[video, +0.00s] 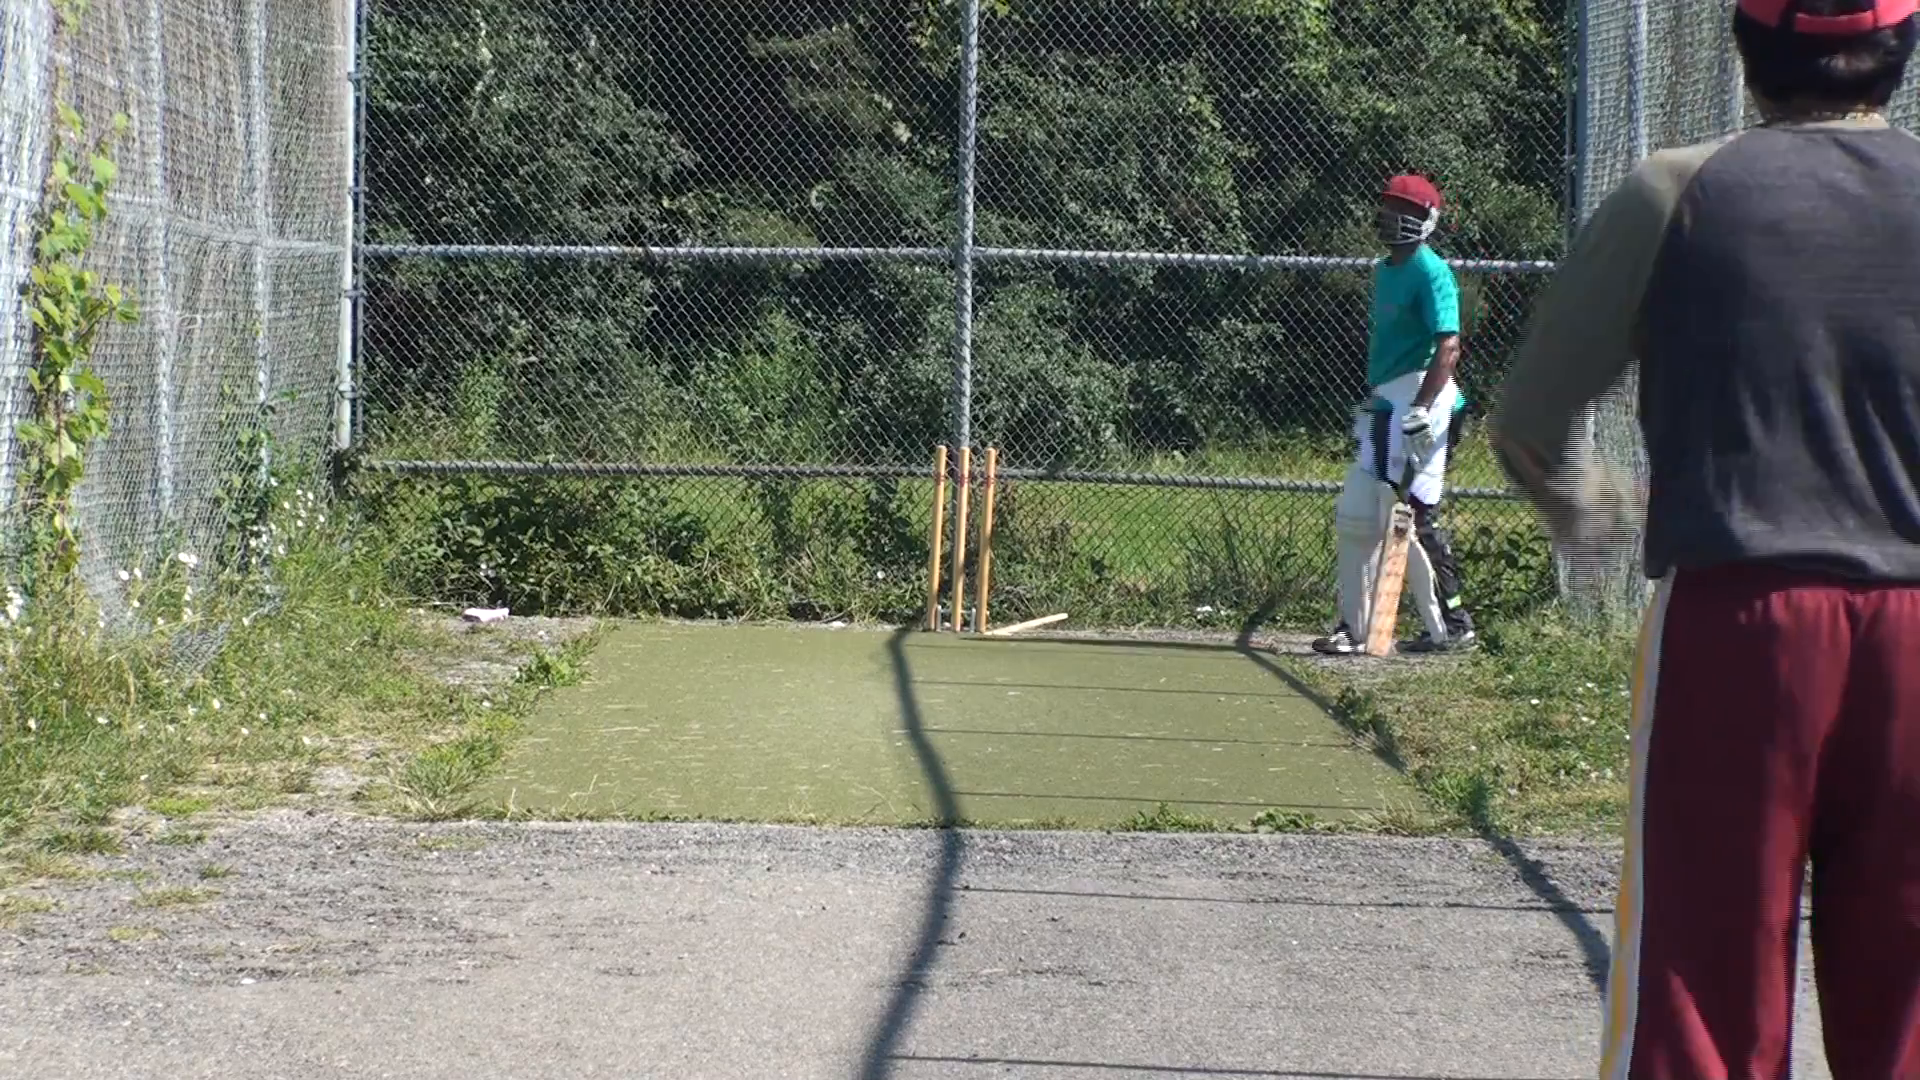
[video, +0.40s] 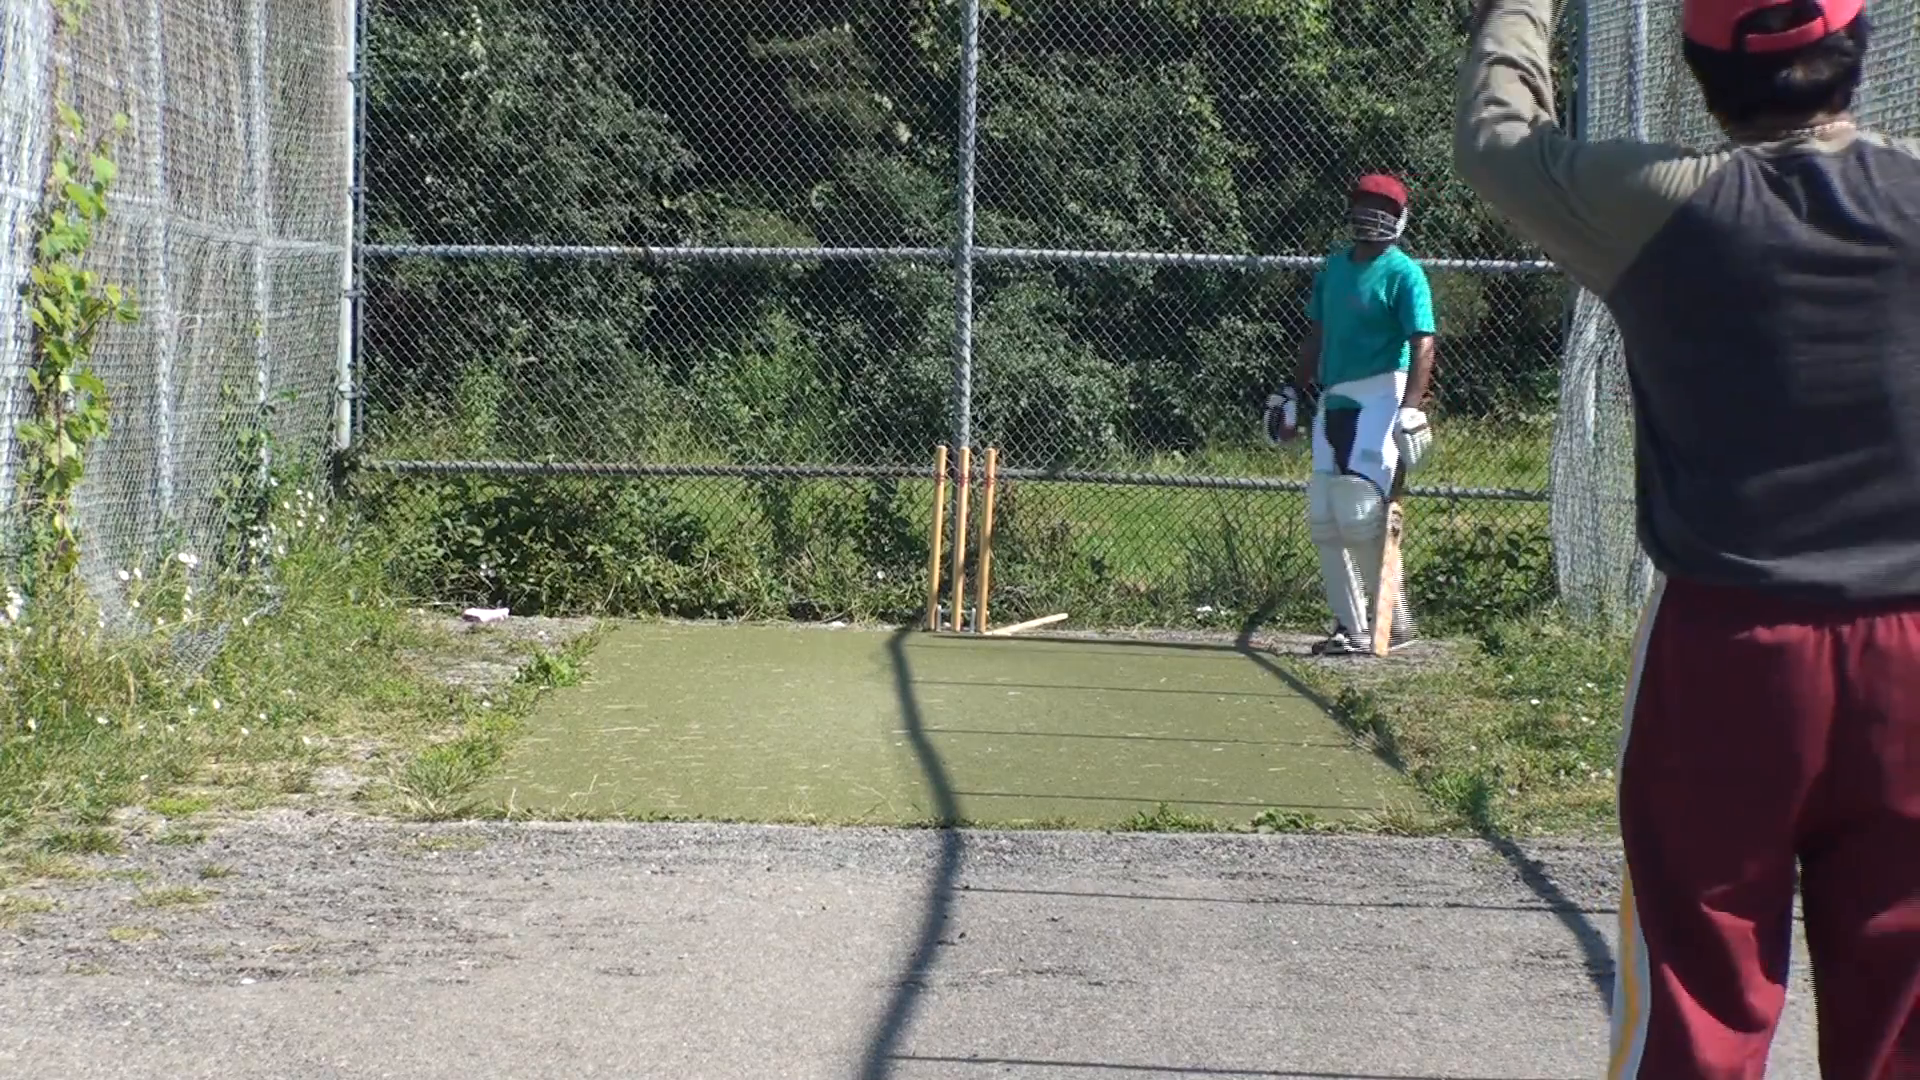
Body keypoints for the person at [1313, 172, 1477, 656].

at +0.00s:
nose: (1396, 224)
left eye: (1408, 217)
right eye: (1388, 215)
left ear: (1429, 222)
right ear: (1380, 218)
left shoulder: (1432, 272)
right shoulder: (1387, 270)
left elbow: (1449, 347)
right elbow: (1389, 345)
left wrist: (1423, 410)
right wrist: (1372, 404)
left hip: (1418, 400)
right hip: (1385, 401)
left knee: (1410, 516)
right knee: (1355, 515)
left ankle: (1447, 624)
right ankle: (1356, 626)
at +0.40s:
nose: (1372, 220)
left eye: (1383, 214)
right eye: (1364, 211)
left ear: (1399, 222)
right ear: (1350, 215)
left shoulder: (1406, 273)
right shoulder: (1332, 269)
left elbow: (1423, 345)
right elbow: (1314, 334)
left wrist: (1410, 410)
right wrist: (1297, 393)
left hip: (1380, 397)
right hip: (1334, 397)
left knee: (1358, 513)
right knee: (1323, 520)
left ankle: (1392, 614)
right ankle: (1351, 627)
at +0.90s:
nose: (1337, 224)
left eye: (1349, 217)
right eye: (1330, 215)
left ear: (1364, 223)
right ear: (1317, 217)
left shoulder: (1376, 272)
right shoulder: (1296, 270)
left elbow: (1401, 346)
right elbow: (1284, 334)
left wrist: (1397, 414)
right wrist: (1267, 385)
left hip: (1358, 392)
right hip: (1310, 396)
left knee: (1336, 503)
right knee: (1317, 507)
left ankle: (1338, 617)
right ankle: (1350, 623)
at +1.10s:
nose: (1320, 229)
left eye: (1331, 221)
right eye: (1312, 220)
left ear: (1347, 225)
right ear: (1300, 223)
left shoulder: (1364, 274)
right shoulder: (1282, 275)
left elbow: (1390, 345)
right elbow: (1268, 336)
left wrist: (1389, 411)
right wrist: (1255, 376)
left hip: (1345, 395)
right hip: (1296, 399)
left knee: (1321, 507)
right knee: (1309, 511)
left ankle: (1301, 625)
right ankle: (1350, 625)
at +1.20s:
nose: (1315, 228)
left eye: (1326, 220)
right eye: (1307, 219)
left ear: (1342, 224)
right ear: (1295, 222)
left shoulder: (1358, 275)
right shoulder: (1277, 274)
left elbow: (1385, 347)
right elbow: (1262, 337)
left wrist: (1381, 412)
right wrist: (1250, 372)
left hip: (1337, 397)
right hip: (1289, 399)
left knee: (1311, 509)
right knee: (1296, 512)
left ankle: (1298, 628)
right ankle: (1347, 622)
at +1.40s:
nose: (1300, 221)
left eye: (1312, 213)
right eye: (1293, 212)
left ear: (1331, 217)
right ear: (1283, 214)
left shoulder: (1347, 272)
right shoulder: (1264, 268)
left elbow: (1369, 345)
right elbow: (1250, 334)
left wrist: (1365, 412)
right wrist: (1231, 356)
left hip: (1324, 396)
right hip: (1272, 396)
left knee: (1303, 508)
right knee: (1244, 508)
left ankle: (1301, 632)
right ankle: (1299, 600)